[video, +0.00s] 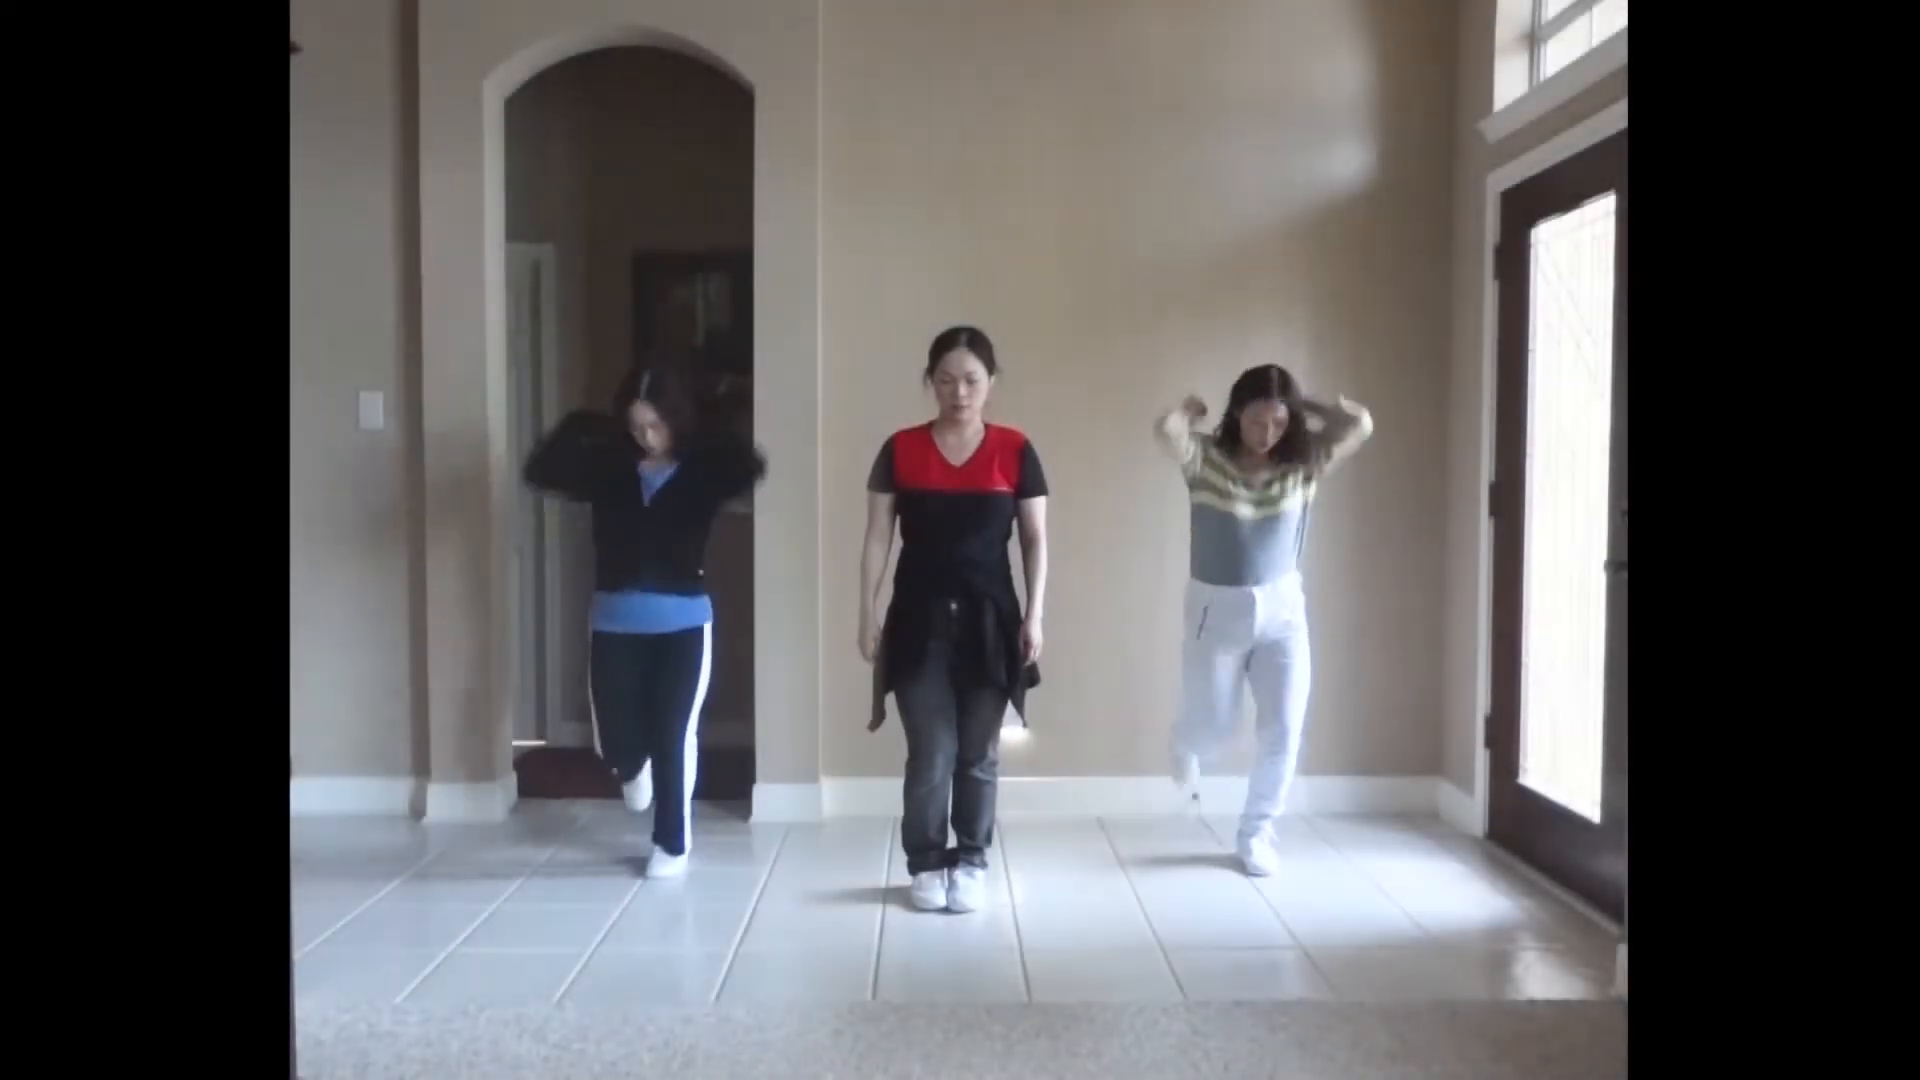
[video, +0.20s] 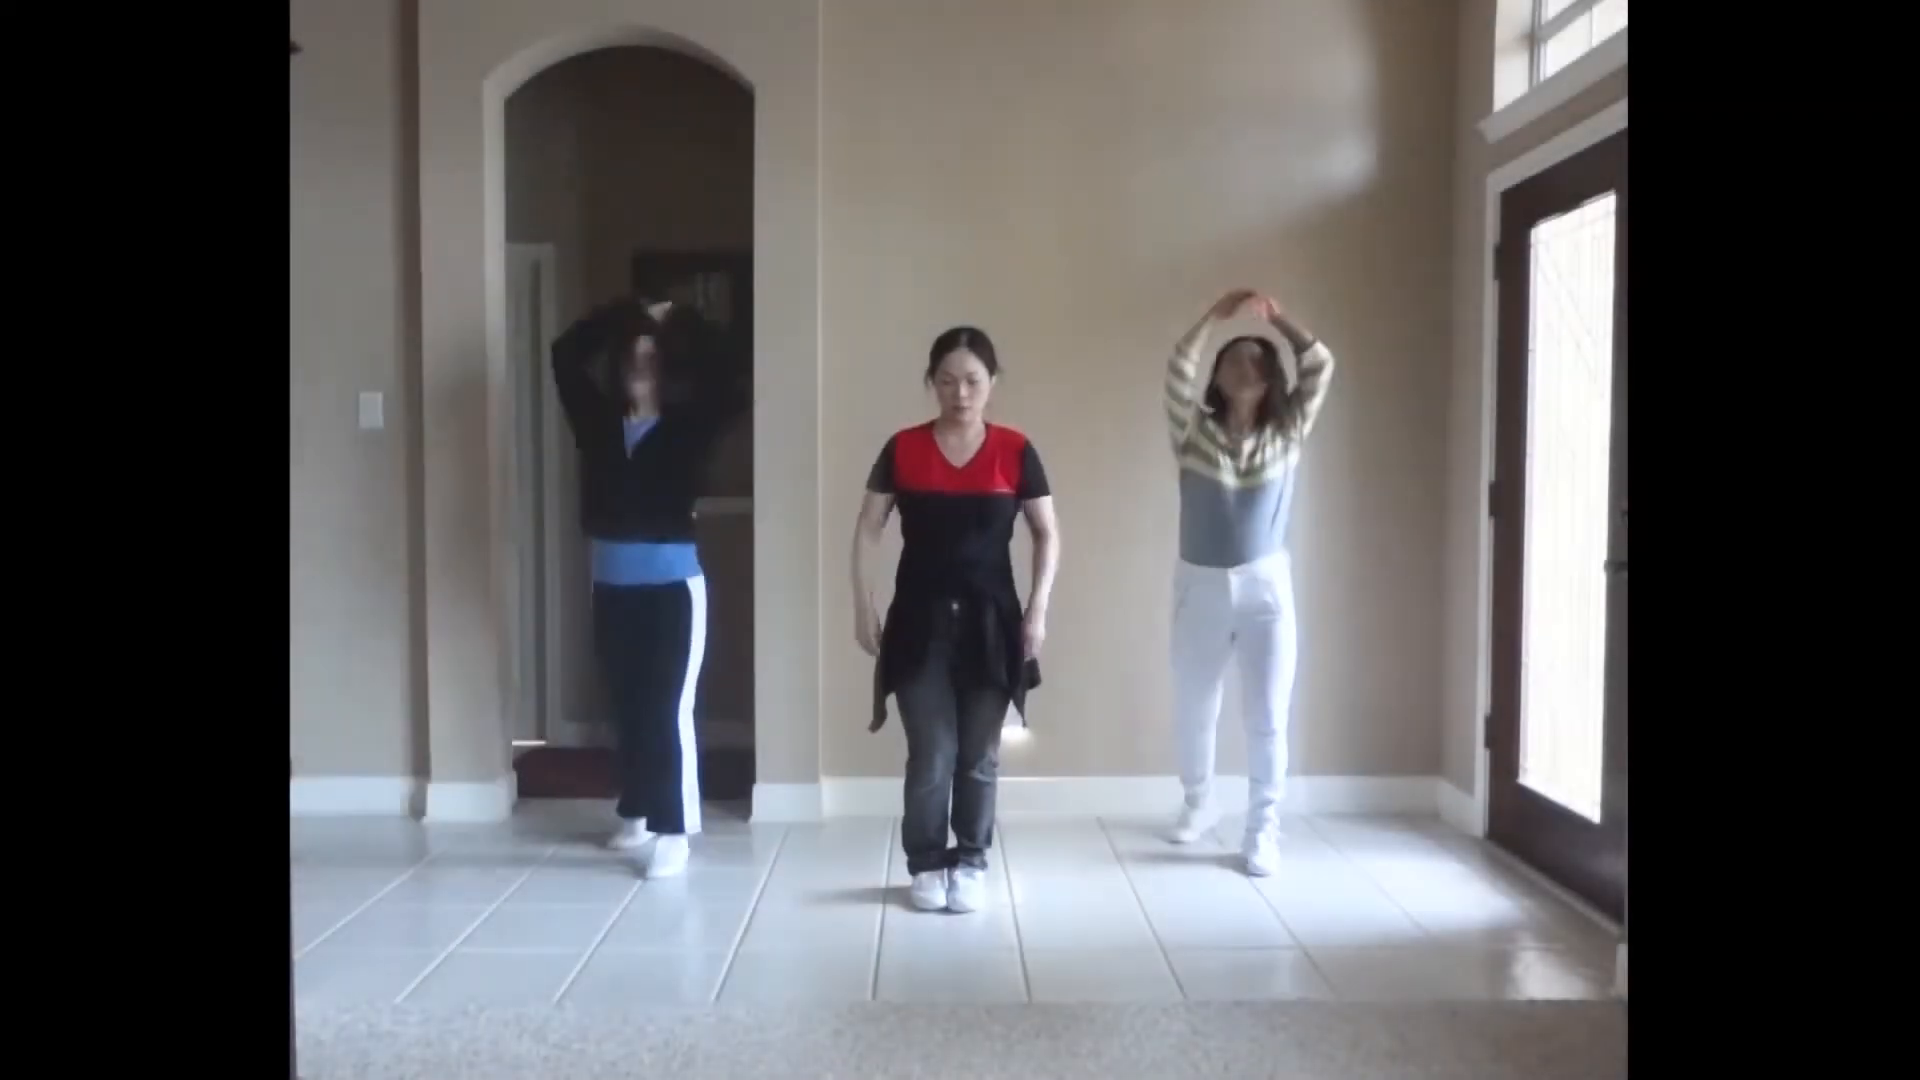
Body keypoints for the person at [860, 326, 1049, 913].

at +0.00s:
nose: (960, 389)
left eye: (971, 379)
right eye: (949, 378)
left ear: (989, 383)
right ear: (931, 382)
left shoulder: (1014, 449)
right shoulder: (902, 448)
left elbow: (1035, 538)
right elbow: (879, 534)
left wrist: (1034, 616)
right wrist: (868, 614)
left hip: (989, 618)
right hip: (918, 617)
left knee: (977, 752)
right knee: (932, 749)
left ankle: (970, 863)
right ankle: (926, 866)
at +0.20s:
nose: (961, 390)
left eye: (972, 380)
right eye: (949, 379)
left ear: (990, 384)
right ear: (933, 383)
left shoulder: (1014, 450)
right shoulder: (904, 449)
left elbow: (1046, 533)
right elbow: (867, 530)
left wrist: (1037, 612)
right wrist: (863, 606)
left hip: (991, 619)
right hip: (920, 617)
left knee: (978, 754)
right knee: (932, 750)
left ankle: (970, 863)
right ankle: (927, 868)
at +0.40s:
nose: (961, 403)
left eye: (973, 392)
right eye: (949, 392)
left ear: (991, 397)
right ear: (933, 397)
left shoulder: (1018, 459)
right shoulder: (905, 458)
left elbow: (1093, 505)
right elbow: (839, 496)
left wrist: (1063, 493)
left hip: (991, 626)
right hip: (922, 627)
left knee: (988, 752)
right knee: (933, 752)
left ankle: (971, 865)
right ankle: (924, 863)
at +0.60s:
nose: (960, 393)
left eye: (971, 382)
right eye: (948, 384)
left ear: (990, 391)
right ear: (934, 394)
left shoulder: (1017, 453)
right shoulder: (906, 451)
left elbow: (1083, 444)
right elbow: (835, 455)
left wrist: (1045, 416)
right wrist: (874, 417)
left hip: (987, 615)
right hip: (920, 614)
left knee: (984, 753)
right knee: (916, 758)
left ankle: (972, 863)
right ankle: (928, 816)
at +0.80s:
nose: (952, 361)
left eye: (965, 353)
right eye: (940, 354)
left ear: (983, 374)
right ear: (925, 374)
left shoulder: (1000, 437)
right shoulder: (903, 431)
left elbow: (1033, 355)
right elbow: (878, 344)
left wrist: (985, 312)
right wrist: (934, 315)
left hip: (977, 602)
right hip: (913, 601)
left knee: (974, 741)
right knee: (922, 733)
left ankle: (973, 859)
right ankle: (928, 830)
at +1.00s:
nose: (945, 373)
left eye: (955, 365)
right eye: (934, 366)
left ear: (975, 380)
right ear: (918, 381)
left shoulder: (990, 442)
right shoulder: (898, 436)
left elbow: (997, 363)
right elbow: (899, 362)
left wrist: (968, 295)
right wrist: (924, 297)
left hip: (969, 602)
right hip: (906, 601)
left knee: (969, 738)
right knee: (919, 733)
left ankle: (978, 857)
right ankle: (932, 833)